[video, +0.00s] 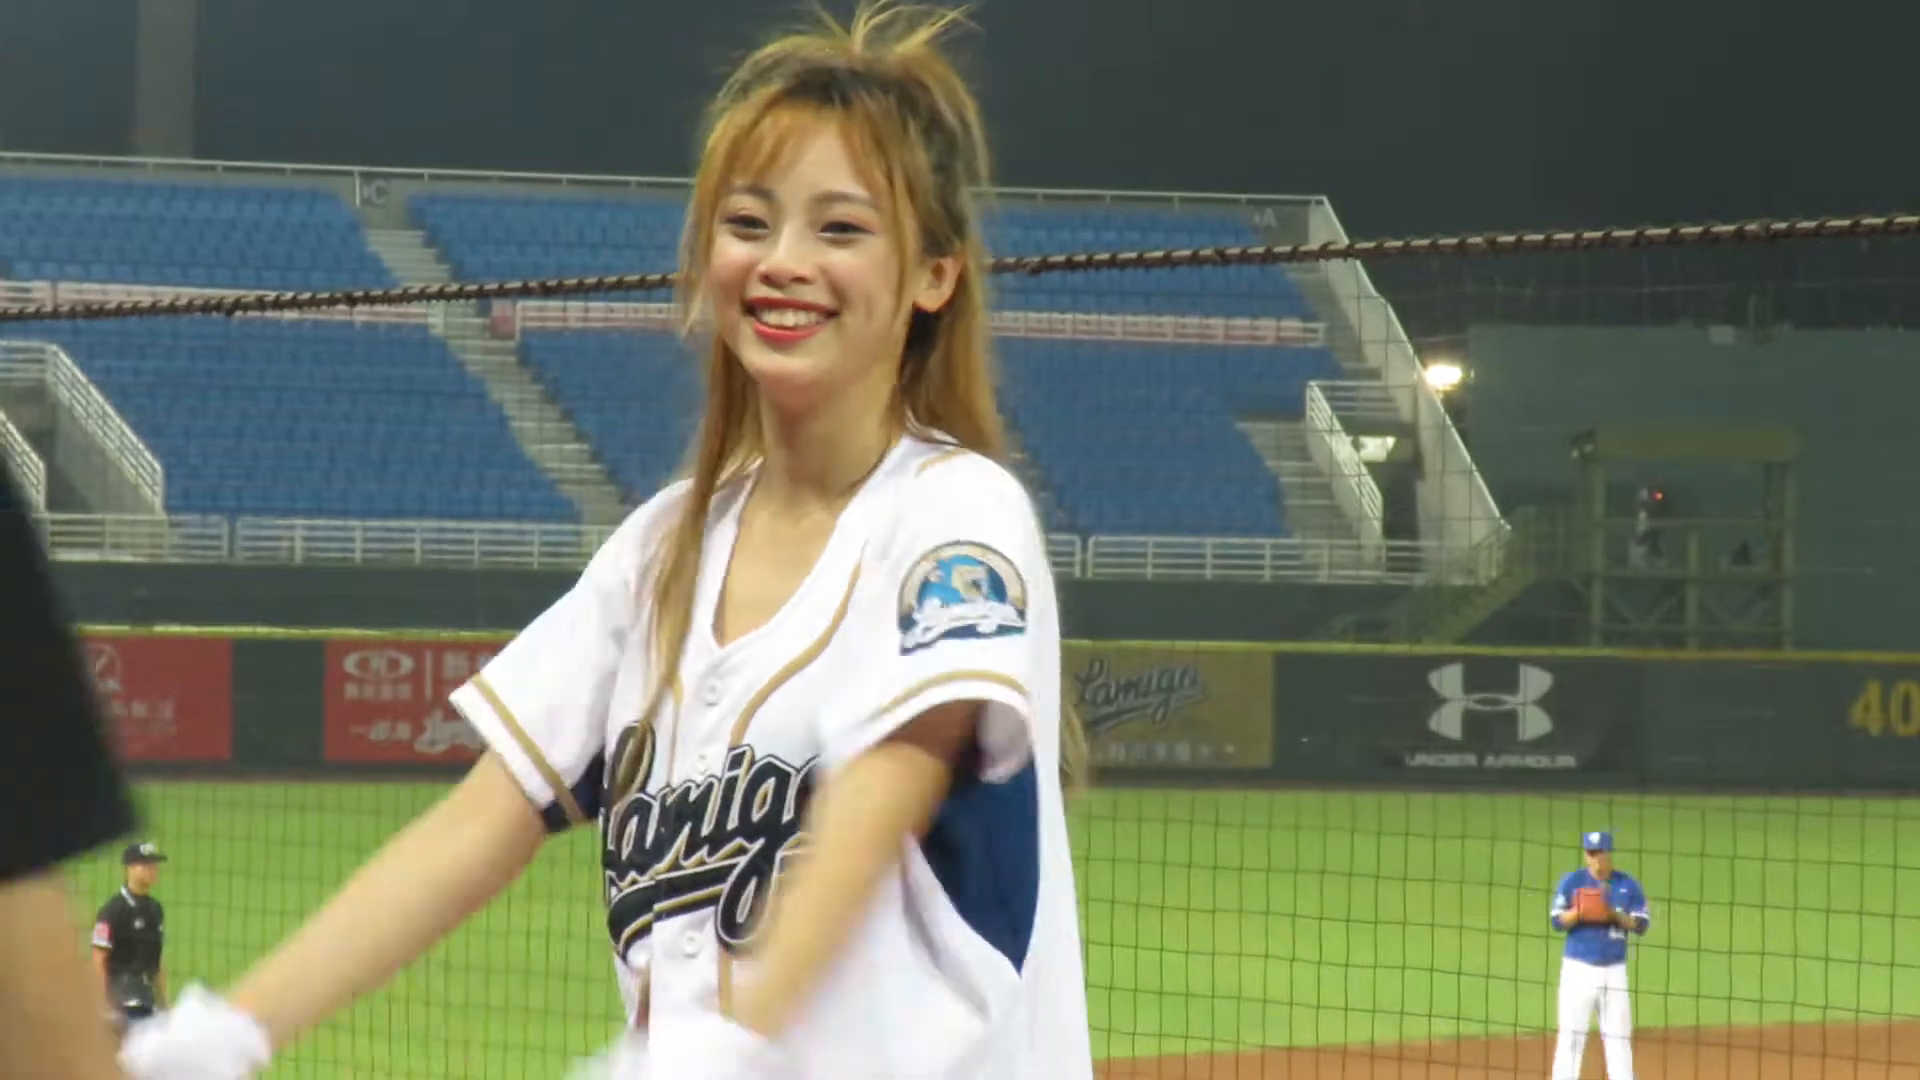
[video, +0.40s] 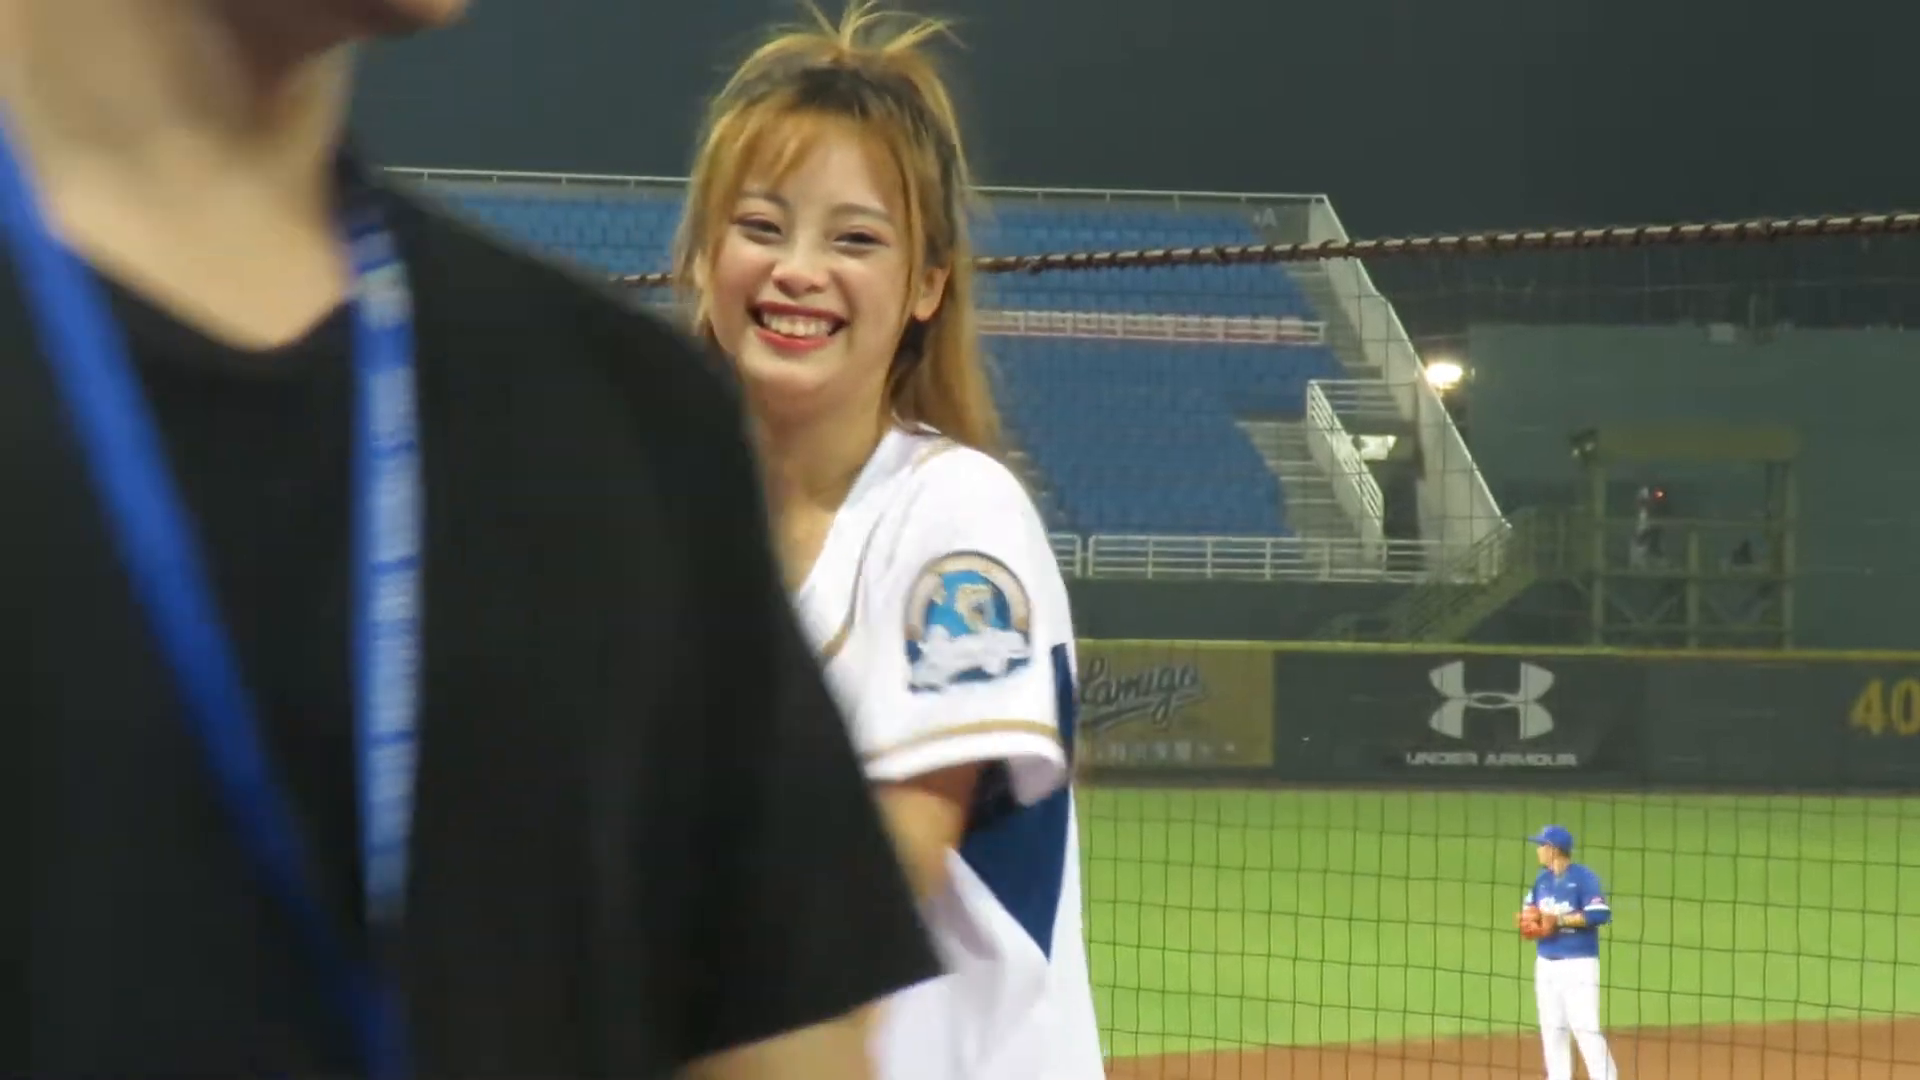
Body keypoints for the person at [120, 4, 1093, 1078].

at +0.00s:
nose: (782, 261)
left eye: (841, 226)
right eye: (749, 219)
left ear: (932, 276)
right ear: (705, 254)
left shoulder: (960, 513)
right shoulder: (665, 537)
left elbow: (883, 801)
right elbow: (482, 822)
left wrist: (744, 1033)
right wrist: (226, 1033)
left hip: (903, 1053)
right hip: (673, 1052)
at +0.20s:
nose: (802, 268)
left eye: (861, 236)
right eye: (770, 222)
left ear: (937, 288)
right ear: (716, 248)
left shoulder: (949, 500)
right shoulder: (652, 523)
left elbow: (711, 762)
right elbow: (511, 726)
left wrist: (417, 854)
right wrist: (326, 809)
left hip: (930, 1057)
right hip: (692, 1060)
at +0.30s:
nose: (801, 273)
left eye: (860, 239)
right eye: (769, 228)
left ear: (934, 288)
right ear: (713, 254)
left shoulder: (952, 502)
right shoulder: (631, 536)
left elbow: (773, 813)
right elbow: (526, 783)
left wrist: (524, 922)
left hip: (923, 1058)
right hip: (681, 1059)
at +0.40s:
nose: (797, 272)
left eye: (852, 239)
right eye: (761, 229)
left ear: (924, 287)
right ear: (702, 260)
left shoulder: (959, 506)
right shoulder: (679, 512)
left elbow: (897, 861)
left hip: (964, 1058)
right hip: (740, 1054)